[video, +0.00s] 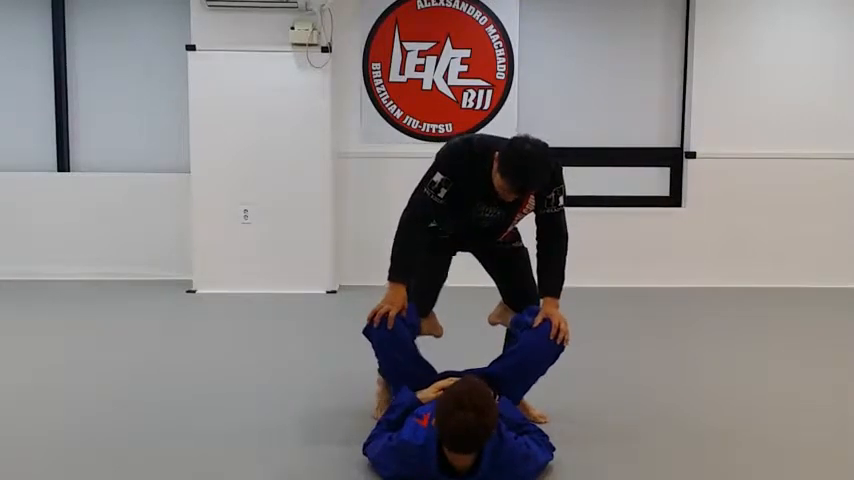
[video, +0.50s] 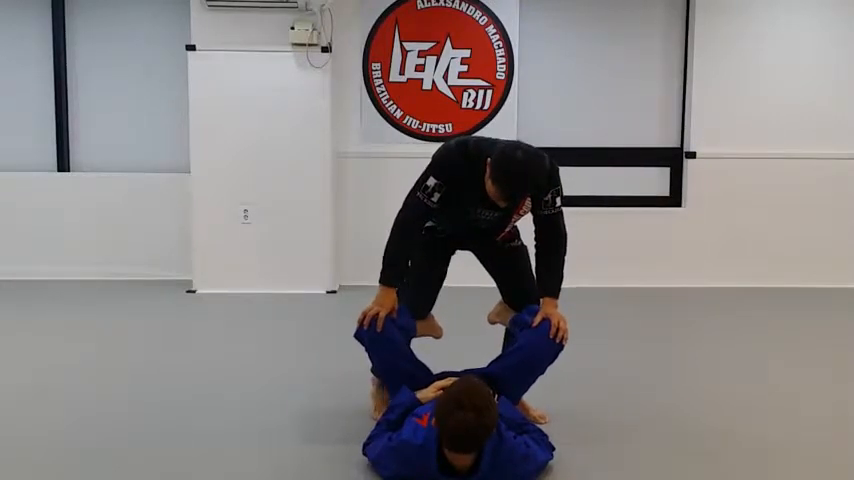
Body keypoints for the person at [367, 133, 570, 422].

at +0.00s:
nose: (510, 197)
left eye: (518, 194)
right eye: (506, 189)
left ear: (536, 182)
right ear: (496, 163)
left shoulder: (547, 175)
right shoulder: (459, 156)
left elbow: (553, 235)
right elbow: (413, 217)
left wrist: (551, 302)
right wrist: (396, 286)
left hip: (497, 236)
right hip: (440, 233)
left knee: (529, 310)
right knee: (413, 311)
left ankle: (509, 394)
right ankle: (387, 381)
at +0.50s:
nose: (501, 203)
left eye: (509, 202)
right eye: (496, 197)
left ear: (528, 187)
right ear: (488, 170)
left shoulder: (543, 174)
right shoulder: (455, 157)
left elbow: (551, 235)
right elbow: (408, 218)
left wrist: (550, 300)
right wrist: (387, 288)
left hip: (496, 233)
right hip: (439, 230)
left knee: (529, 308)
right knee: (414, 308)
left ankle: (509, 393)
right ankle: (382, 377)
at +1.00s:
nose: (498, 211)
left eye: (506, 208)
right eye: (494, 202)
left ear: (527, 196)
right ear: (487, 174)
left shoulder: (538, 188)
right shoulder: (455, 157)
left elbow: (508, 243)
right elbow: (409, 218)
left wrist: (463, 283)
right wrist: (388, 289)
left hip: (494, 235)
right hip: (440, 228)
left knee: (525, 309)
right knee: (412, 306)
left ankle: (508, 391)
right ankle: (386, 379)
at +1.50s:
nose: (502, 204)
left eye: (511, 202)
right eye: (499, 197)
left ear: (531, 188)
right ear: (490, 172)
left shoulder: (542, 177)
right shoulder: (455, 159)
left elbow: (548, 233)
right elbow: (408, 222)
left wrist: (546, 293)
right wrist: (387, 292)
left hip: (493, 230)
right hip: (439, 228)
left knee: (524, 301)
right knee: (420, 306)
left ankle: (508, 390)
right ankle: (382, 375)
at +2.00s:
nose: (527, 209)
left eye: (534, 204)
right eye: (523, 200)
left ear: (548, 191)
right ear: (508, 175)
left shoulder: (547, 181)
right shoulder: (465, 163)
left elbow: (548, 238)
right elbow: (417, 226)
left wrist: (546, 298)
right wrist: (392, 295)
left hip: (493, 233)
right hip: (442, 231)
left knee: (526, 305)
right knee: (437, 313)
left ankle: (508, 392)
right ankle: (384, 373)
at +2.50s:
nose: (522, 215)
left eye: (529, 211)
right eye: (518, 206)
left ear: (547, 194)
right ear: (506, 177)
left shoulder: (545, 181)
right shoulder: (462, 165)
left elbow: (547, 239)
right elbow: (413, 228)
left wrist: (546, 299)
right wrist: (390, 296)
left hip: (491, 231)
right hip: (439, 230)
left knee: (525, 304)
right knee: (436, 311)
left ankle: (508, 392)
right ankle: (385, 373)